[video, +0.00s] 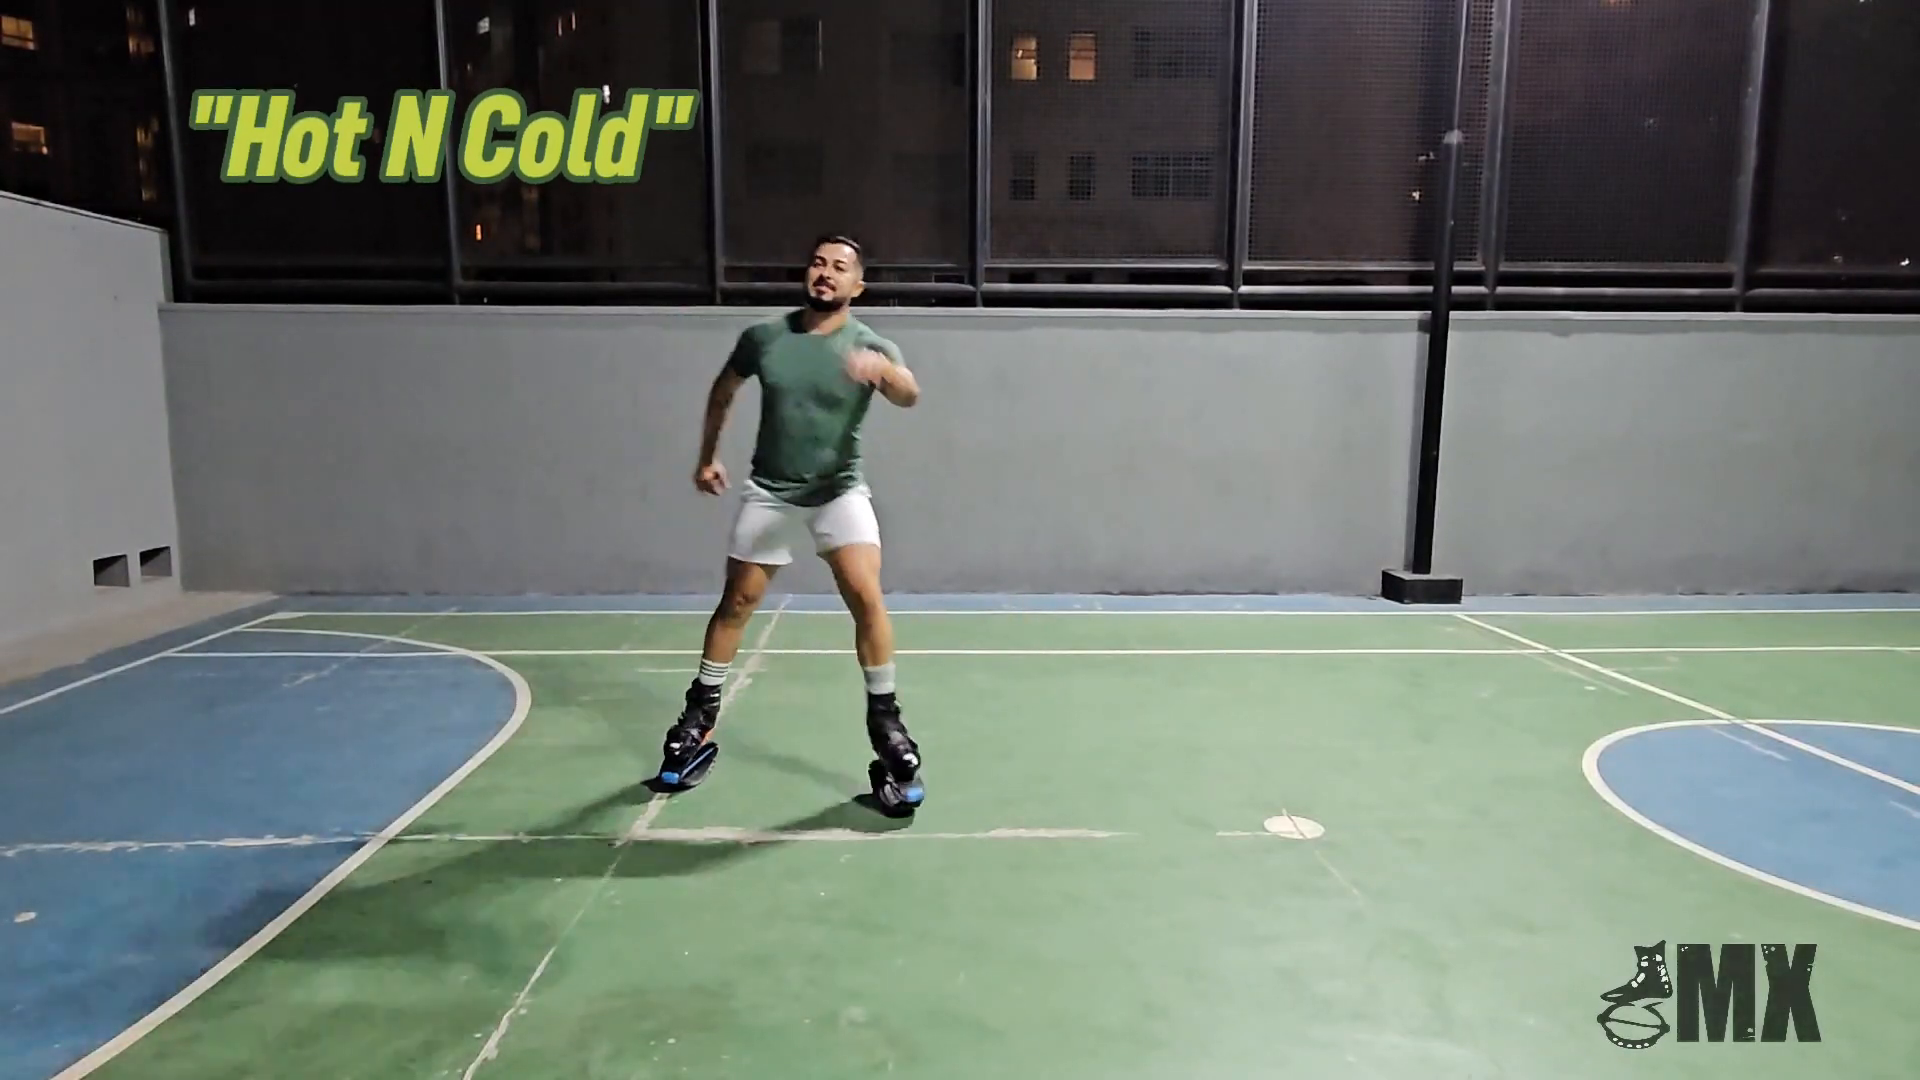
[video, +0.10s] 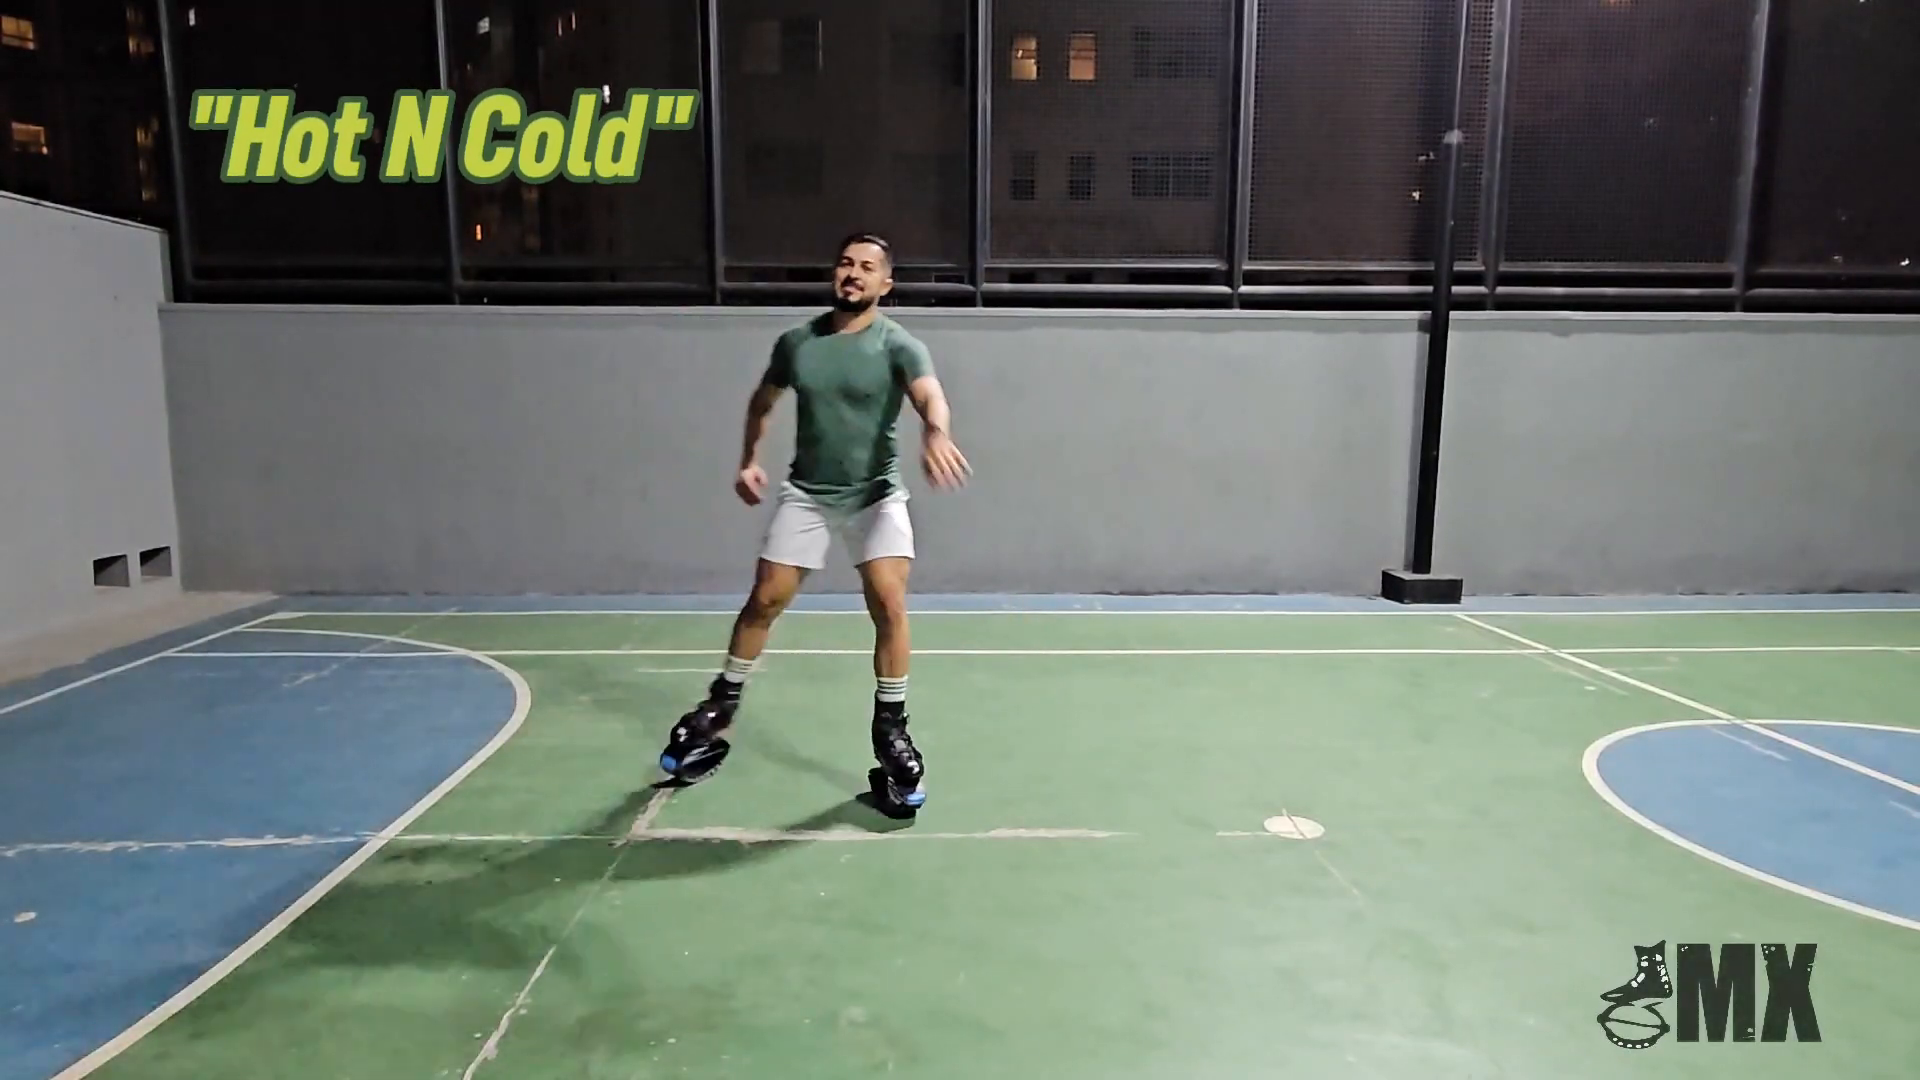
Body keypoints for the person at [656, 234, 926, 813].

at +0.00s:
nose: (825, 272)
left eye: (838, 266)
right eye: (818, 263)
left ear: (858, 285)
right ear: (804, 276)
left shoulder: (871, 345)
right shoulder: (763, 338)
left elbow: (909, 396)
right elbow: (722, 392)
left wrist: (882, 374)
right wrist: (708, 456)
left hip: (839, 493)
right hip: (769, 493)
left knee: (867, 595)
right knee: (738, 601)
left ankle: (885, 718)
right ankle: (699, 715)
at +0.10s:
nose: (852, 273)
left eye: (866, 266)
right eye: (845, 263)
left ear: (887, 283)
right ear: (832, 275)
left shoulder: (900, 346)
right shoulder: (796, 344)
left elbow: (931, 399)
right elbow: (763, 403)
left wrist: (936, 433)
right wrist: (749, 459)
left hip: (876, 497)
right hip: (805, 495)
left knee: (889, 602)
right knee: (765, 599)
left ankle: (891, 729)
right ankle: (720, 709)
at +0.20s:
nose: (877, 261)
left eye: (891, 255)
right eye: (871, 252)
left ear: (911, 273)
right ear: (858, 265)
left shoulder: (927, 337)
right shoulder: (826, 340)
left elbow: (963, 417)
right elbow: (804, 405)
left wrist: (983, 492)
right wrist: (796, 428)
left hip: (903, 490)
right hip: (835, 487)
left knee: (904, 599)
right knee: (793, 591)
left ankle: (895, 723)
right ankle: (795, 688)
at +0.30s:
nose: (902, 254)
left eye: (915, 247)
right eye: (894, 245)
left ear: (935, 265)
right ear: (882, 260)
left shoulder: (960, 334)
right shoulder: (849, 336)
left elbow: (992, 418)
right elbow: (828, 424)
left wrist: (994, 498)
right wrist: (843, 398)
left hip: (930, 484)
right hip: (864, 481)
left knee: (918, 596)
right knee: (837, 589)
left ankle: (901, 719)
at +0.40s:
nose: (928, 263)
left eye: (940, 254)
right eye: (918, 254)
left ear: (959, 269)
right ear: (905, 267)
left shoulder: (984, 336)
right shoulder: (873, 335)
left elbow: (1011, 416)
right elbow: (853, 407)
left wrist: (995, 483)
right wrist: (899, 373)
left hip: (958, 487)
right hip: (896, 487)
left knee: (935, 597)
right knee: (895, 600)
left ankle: (905, 726)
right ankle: (963, 683)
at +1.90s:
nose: (998, 271)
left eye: (1006, 262)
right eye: (986, 265)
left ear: (1025, 275)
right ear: (971, 284)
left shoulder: (1052, 337)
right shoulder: (950, 349)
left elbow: (1107, 385)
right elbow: (914, 429)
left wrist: (1084, 414)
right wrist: (898, 499)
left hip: (1048, 494)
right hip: (979, 497)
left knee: (1085, 597)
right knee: (969, 608)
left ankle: (1120, 701)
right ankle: (962, 732)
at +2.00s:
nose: (977, 261)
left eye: (984, 252)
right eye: (964, 256)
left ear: (1001, 267)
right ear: (948, 275)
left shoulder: (1029, 336)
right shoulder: (926, 337)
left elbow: (1065, 422)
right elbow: (887, 426)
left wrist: (1052, 393)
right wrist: (873, 507)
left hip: (1020, 487)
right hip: (955, 490)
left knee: (1060, 594)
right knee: (956, 602)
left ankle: (1077, 694)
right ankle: (958, 726)